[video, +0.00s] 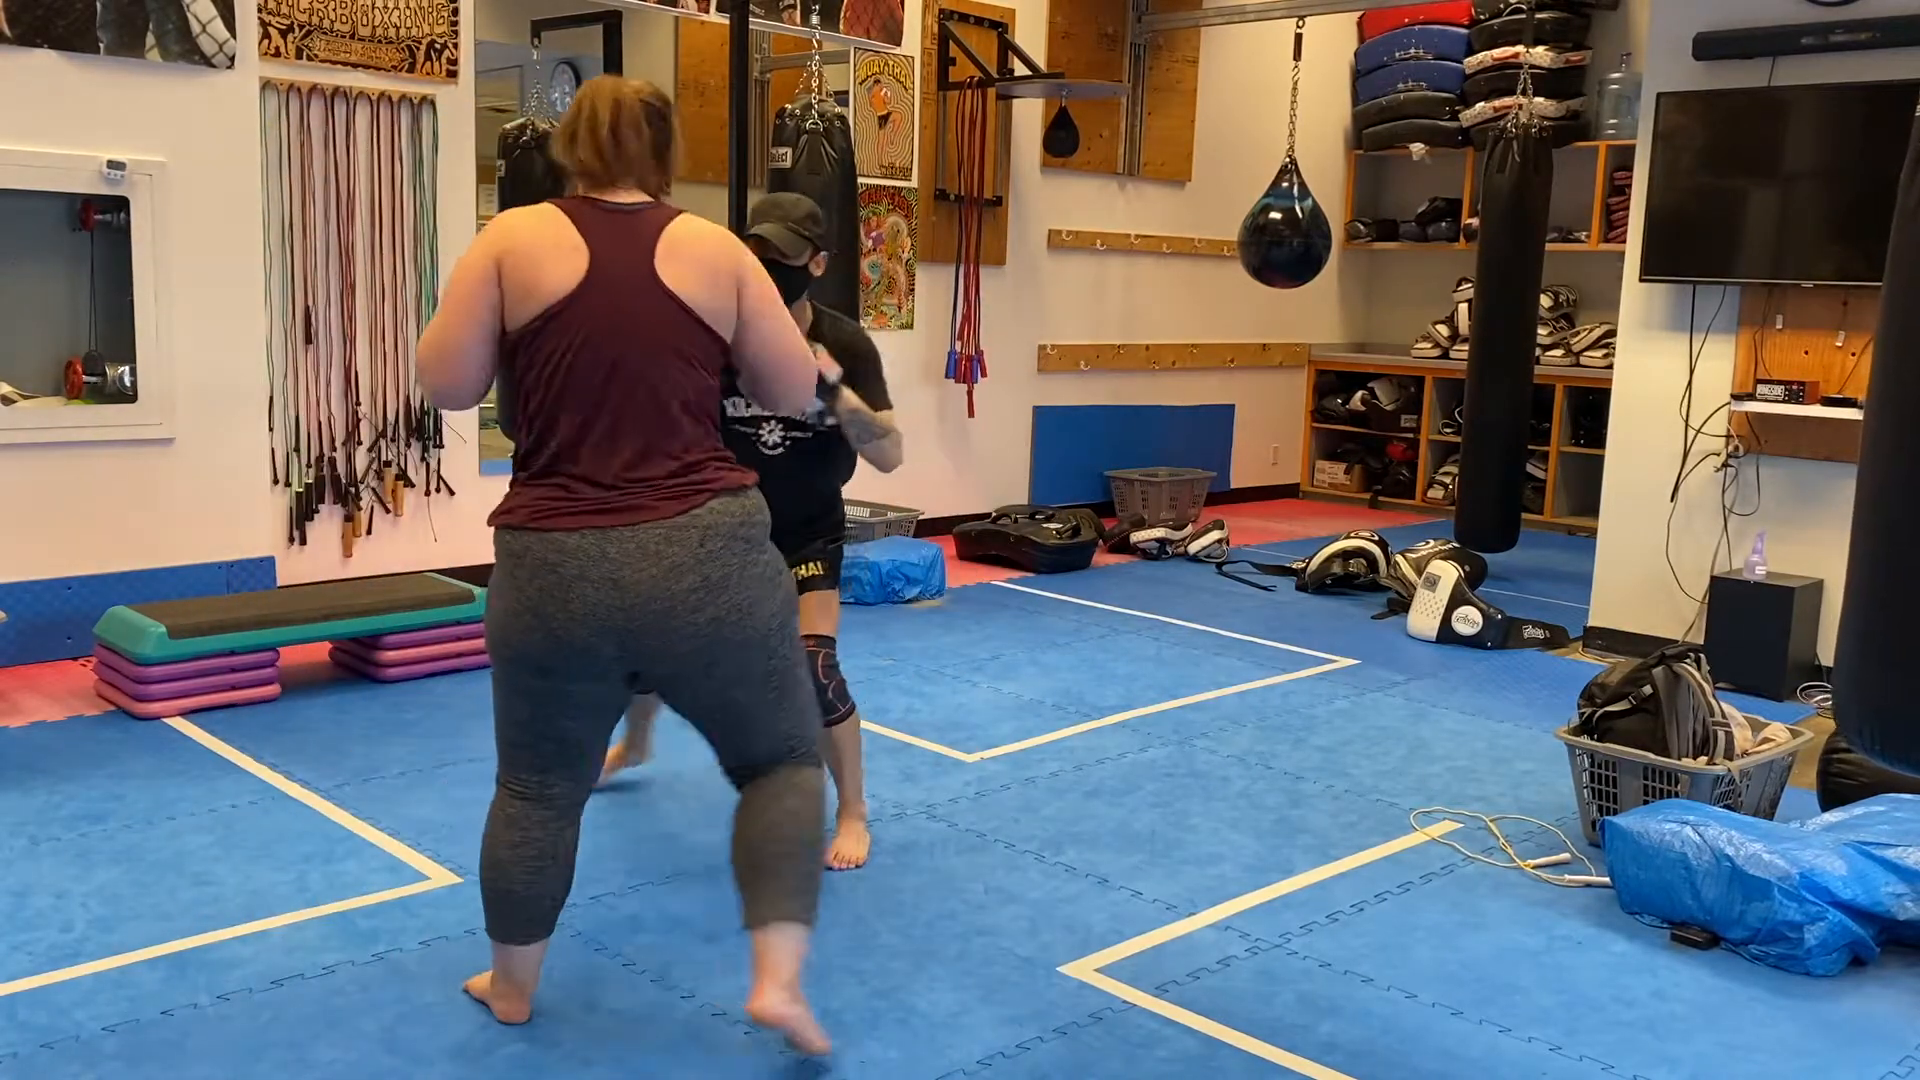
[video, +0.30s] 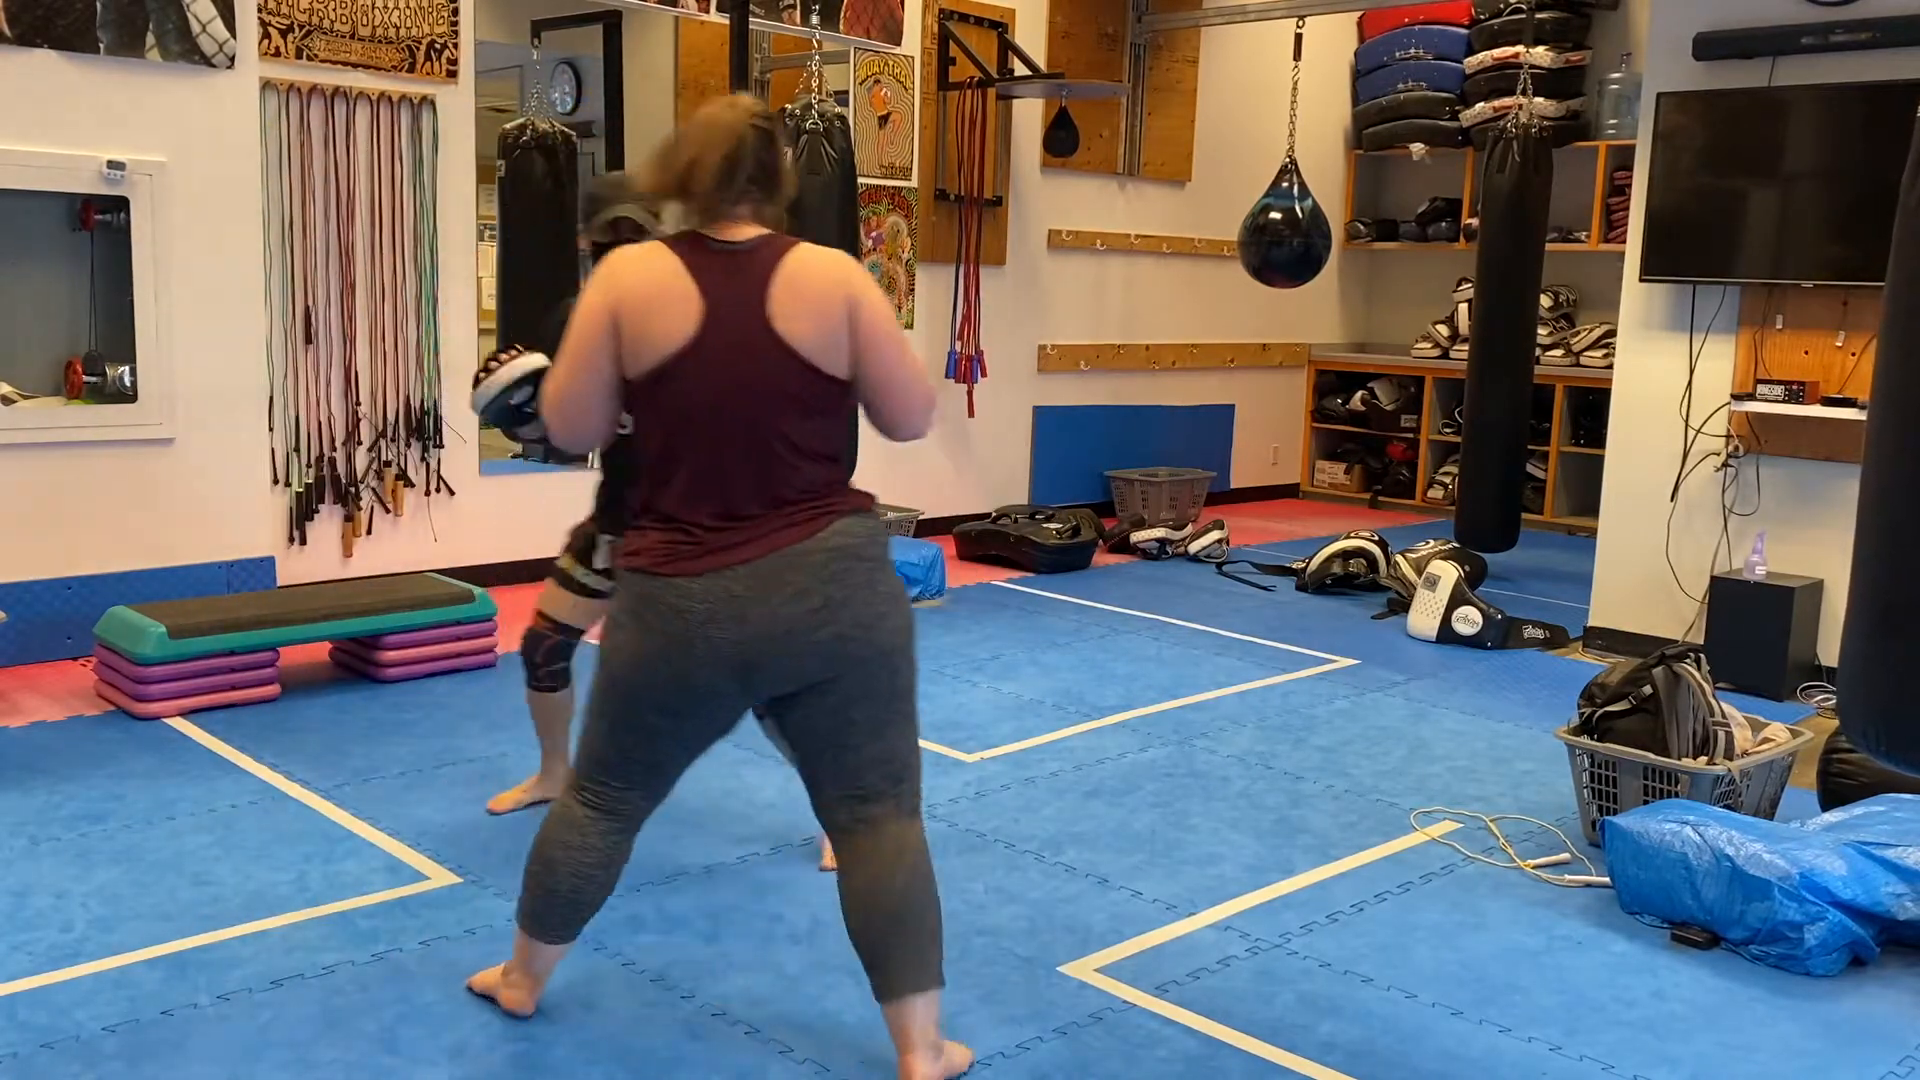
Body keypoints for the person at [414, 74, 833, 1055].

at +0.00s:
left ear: (569, 154)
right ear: (664, 155)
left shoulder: (506, 242)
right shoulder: (715, 250)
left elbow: (448, 381)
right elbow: (793, 388)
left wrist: (525, 314)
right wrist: (719, 332)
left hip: (551, 570)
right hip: (706, 561)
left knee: (538, 785)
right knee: (778, 762)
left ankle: (512, 983)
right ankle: (778, 975)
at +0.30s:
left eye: (669, 171)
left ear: (675, 180)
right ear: (778, 182)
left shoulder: (624, 280)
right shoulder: (835, 278)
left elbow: (570, 425)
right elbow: (910, 413)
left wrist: (643, 366)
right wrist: (828, 349)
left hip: (677, 603)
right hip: (837, 586)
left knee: (603, 799)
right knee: (876, 812)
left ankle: (525, 980)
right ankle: (923, 1049)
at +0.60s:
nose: (773, 154)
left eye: (779, 140)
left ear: (790, 148)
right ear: (890, 149)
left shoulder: (742, 255)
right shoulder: (946, 248)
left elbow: (687, 413)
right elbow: (977, 365)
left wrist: (748, 348)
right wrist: (890, 320)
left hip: (771, 579)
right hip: (927, 572)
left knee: (705, 783)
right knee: (915, 819)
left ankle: (685, 1001)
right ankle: (929, 1058)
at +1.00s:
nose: (800, 147)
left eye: (809, 133)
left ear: (815, 145)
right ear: (907, 150)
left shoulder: (763, 249)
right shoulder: (959, 259)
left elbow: (691, 393)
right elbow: (980, 396)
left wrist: (644, 346)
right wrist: (877, 353)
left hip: (803, 592)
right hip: (953, 590)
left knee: (759, 819)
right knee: (991, 768)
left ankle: (735, 1043)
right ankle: (1048, 980)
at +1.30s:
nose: (878, 193)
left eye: (881, 177)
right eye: (879, 178)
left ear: (908, 179)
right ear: (992, 175)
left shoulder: (894, 278)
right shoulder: (1052, 273)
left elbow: (837, 436)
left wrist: (804, 337)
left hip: (925, 594)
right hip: (1061, 575)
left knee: (815, 806)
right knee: (1067, 795)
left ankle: (758, 1030)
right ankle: (1115, 1002)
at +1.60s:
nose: (809, 276)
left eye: (812, 257)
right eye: (805, 257)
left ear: (841, 256)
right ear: (918, 247)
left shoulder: (853, 346)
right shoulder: (988, 311)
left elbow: (797, 503)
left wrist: (762, 425)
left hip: (969, 638)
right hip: (1098, 623)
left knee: (825, 817)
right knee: (1067, 741)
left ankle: (823, 1055)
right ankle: (1136, 931)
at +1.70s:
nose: (802, 356)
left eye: (803, 339)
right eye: (800, 339)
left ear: (827, 338)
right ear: (888, 317)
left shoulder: (865, 410)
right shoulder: (973, 359)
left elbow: (847, 572)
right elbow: (1023, 349)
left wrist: (785, 507)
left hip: (1003, 672)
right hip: (1121, 651)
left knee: (819, 814)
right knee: (1093, 755)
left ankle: (823, 1055)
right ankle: (1171, 906)